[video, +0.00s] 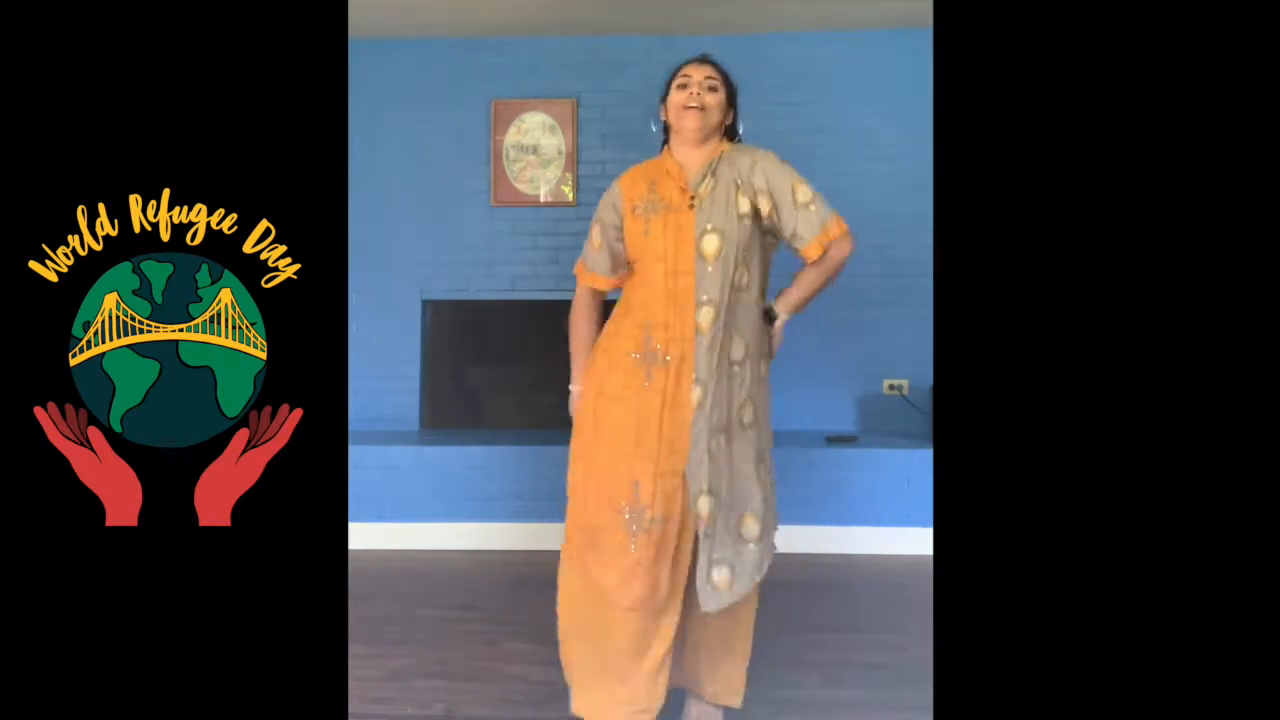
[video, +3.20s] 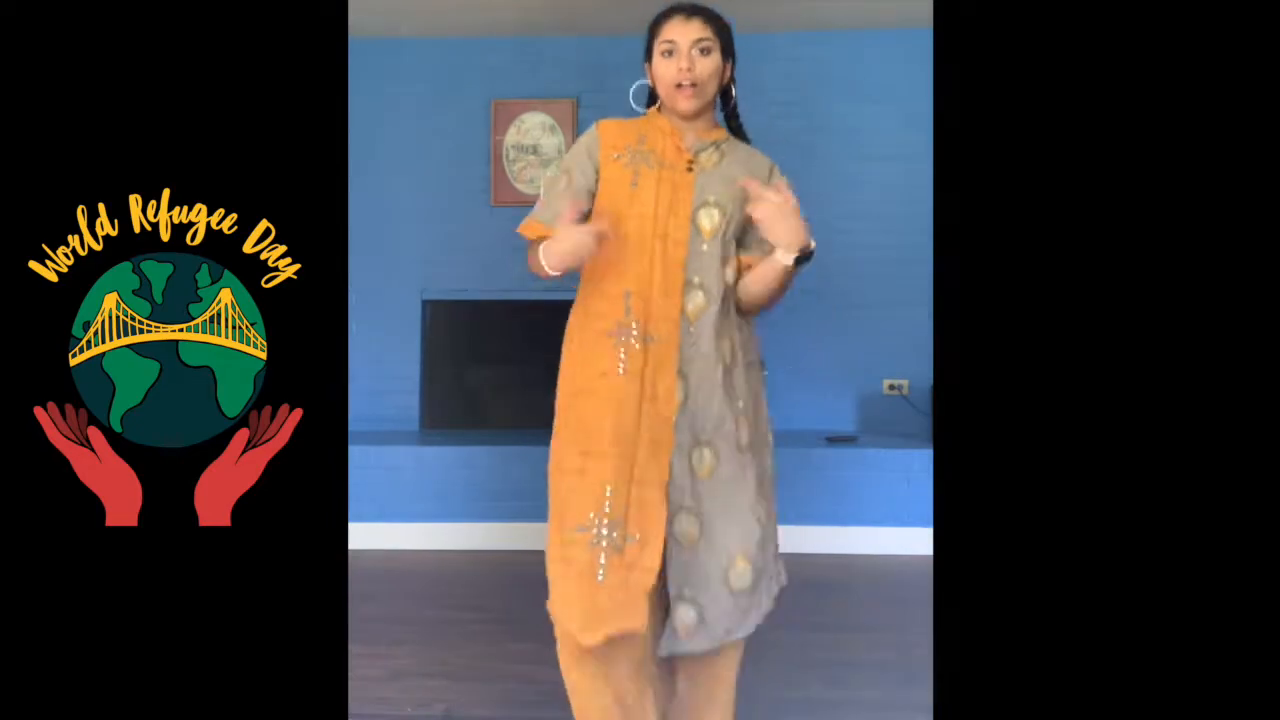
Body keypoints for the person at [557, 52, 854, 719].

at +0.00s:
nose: (695, 92)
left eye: (710, 85)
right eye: (683, 85)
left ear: (729, 110)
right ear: (663, 109)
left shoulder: (755, 170)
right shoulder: (630, 186)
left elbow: (836, 243)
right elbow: (589, 290)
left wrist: (777, 314)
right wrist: (581, 384)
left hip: (721, 379)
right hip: (634, 376)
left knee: (719, 530)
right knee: (624, 536)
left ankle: (707, 694)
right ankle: (620, 698)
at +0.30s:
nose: (692, 141)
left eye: (704, 129)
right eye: (678, 131)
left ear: (724, 141)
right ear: (661, 145)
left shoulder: (752, 226)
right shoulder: (627, 214)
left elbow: (797, 322)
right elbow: (582, 303)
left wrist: (760, 280)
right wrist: (613, 287)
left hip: (732, 418)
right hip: (646, 416)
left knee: (728, 558)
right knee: (646, 554)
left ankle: (706, 696)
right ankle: (663, 676)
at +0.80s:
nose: (674, 91)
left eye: (688, 80)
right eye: (660, 83)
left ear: (712, 99)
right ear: (645, 105)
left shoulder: (747, 174)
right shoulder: (623, 175)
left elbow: (753, 274)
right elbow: (607, 270)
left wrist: (769, 360)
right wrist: (582, 348)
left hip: (718, 388)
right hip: (630, 387)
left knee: (710, 545)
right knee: (631, 544)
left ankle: (708, 704)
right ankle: (631, 701)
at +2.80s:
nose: (685, 86)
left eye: (703, 69)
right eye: (669, 71)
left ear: (728, 80)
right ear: (650, 84)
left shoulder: (769, 158)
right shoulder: (608, 170)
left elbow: (833, 263)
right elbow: (561, 292)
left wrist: (782, 360)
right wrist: (535, 400)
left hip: (708, 407)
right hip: (604, 401)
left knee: (697, 572)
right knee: (597, 578)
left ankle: (688, 704)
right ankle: (598, 707)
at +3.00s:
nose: (690, 107)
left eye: (707, 91)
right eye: (673, 92)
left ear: (731, 104)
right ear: (654, 105)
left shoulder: (762, 200)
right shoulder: (602, 183)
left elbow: (857, 282)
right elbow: (522, 264)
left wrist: (796, 283)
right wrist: (558, 330)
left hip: (714, 443)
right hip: (612, 436)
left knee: (703, 619)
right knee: (605, 614)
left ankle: (699, 708)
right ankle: (596, 712)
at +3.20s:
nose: (685, 65)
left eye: (702, 51)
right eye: (670, 52)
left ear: (726, 69)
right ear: (649, 71)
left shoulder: (754, 170)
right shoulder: (604, 144)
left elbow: (747, 296)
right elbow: (543, 253)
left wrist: (790, 250)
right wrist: (565, 249)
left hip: (710, 399)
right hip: (610, 395)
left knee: (713, 596)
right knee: (605, 599)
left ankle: (699, 714)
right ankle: (623, 714)